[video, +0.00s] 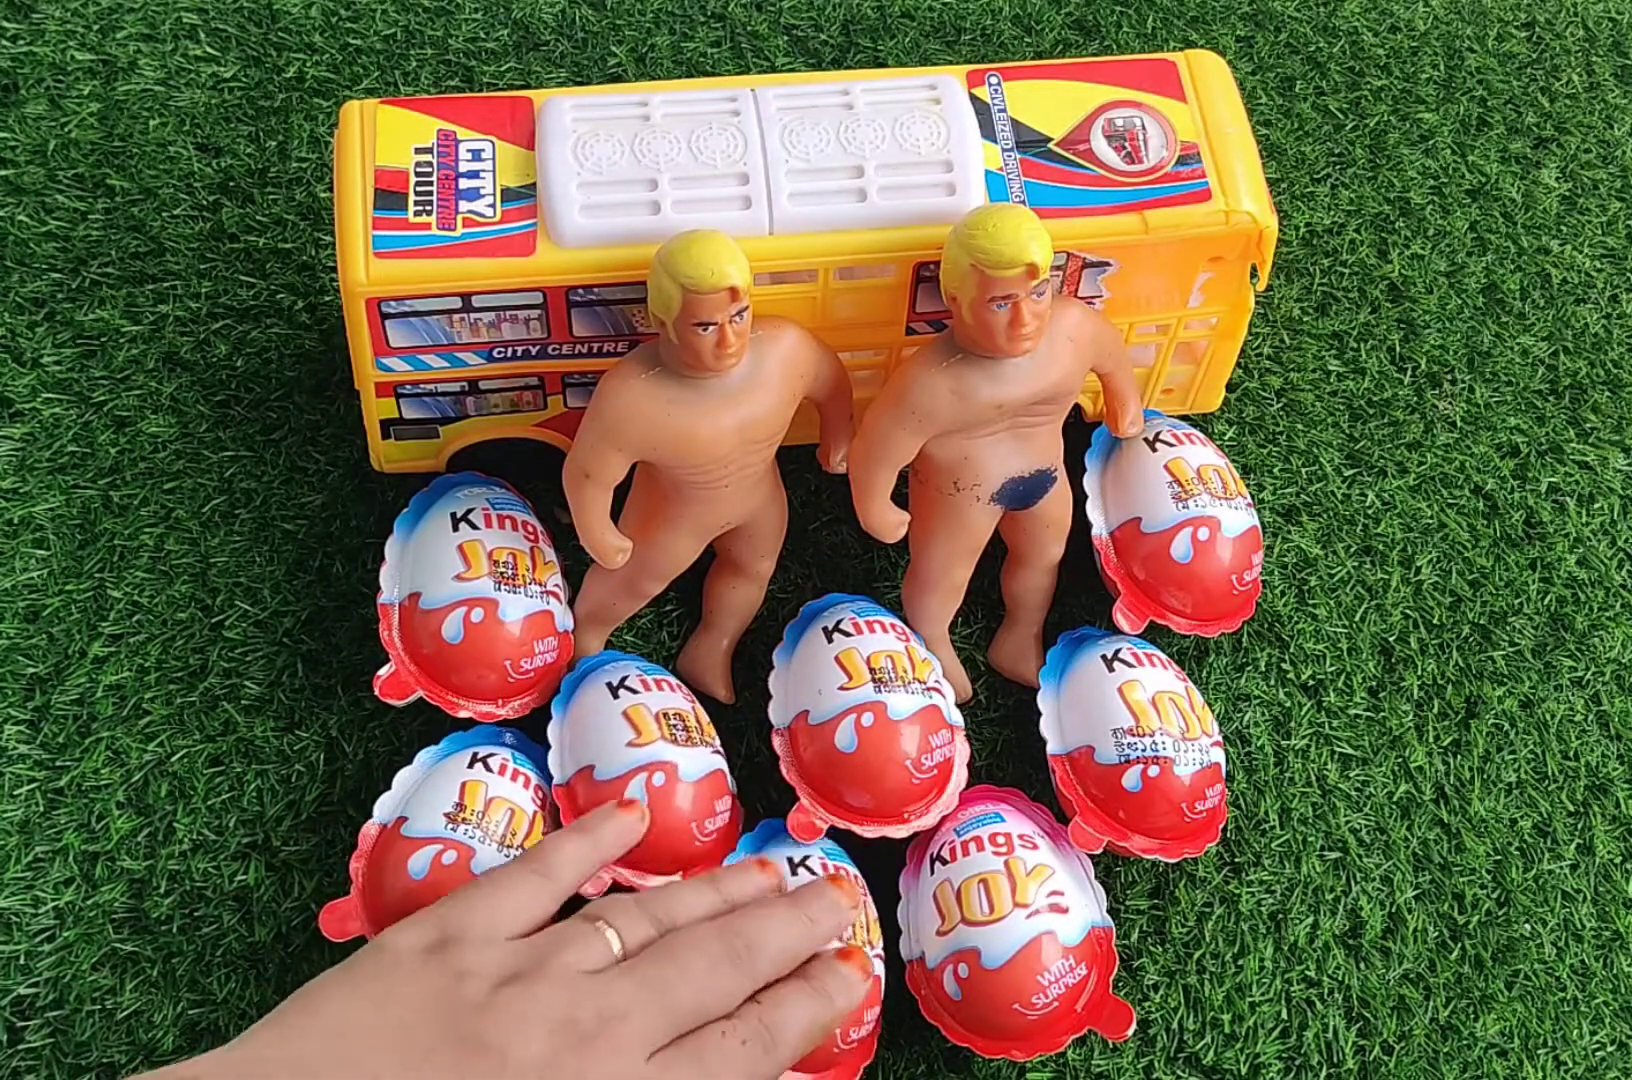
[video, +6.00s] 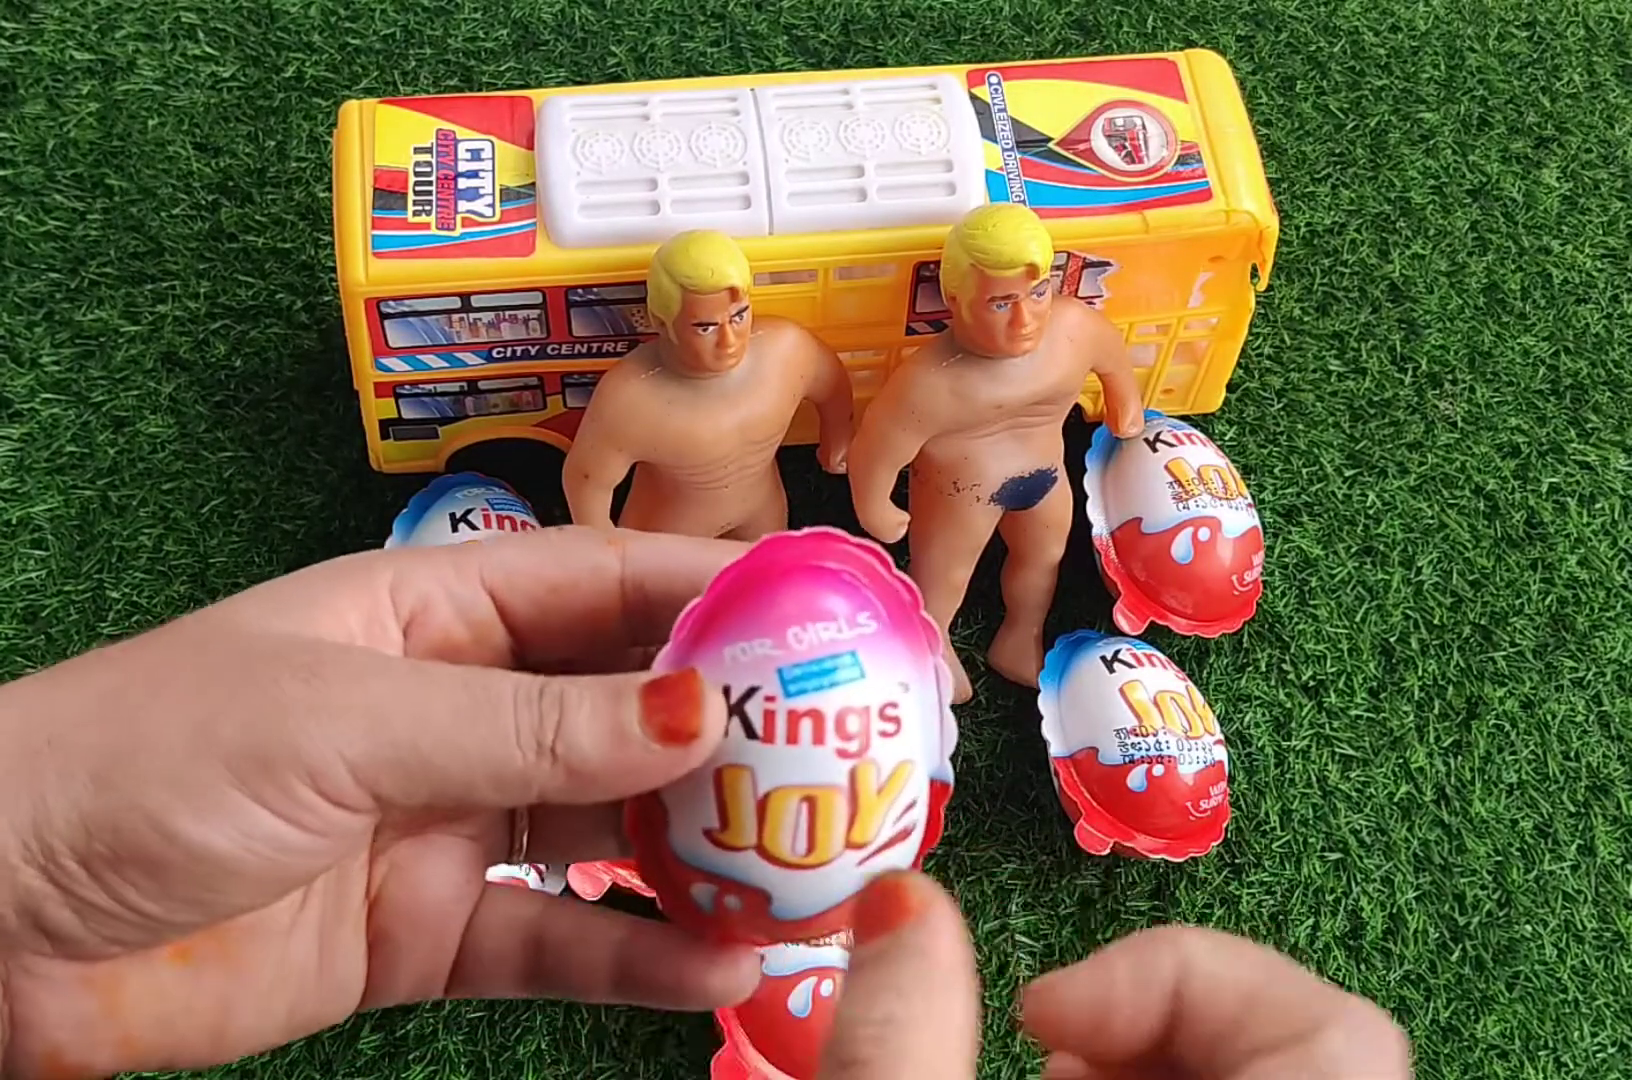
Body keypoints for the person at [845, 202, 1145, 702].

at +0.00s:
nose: (1023, 317)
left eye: (1036, 294)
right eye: (999, 302)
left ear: (1051, 284)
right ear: (953, 304)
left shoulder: (1078, 326)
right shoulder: (928, 383)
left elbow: (1113, 358)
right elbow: (873, 452)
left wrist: (1126, 403)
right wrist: (877, 514)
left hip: (1045, 478)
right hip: (959, 493)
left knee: (1041, 561)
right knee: (941, 579)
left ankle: (1020, 642)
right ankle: (933, 646)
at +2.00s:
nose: (1023, 316)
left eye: (1036, 294)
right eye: (999, 302)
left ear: (1050, 284)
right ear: (953, 304)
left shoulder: (1079, 327)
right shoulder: (927, 382)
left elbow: (1113, 360)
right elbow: (874, 453)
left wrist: (1126, 408)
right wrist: (877, 514)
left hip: (1045, 475)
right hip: (959, 489)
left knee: (1041, 559)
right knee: (942, 575)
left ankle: (1021, 641)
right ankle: (930, 641)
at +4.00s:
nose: (1025, 318)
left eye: (1037, 294)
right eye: (1000, 303)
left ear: (1052, 284)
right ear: (952, 303)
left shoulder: (1079, 327)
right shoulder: (927, 382)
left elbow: (1116, 364)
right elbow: (870, 466)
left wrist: (1127, 412)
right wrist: (886, 548)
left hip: (1044, 477)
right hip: (959, 489)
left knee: (1040, 563)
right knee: (947, 571)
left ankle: (1023, 645)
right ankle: (936, 649)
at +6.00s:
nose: (1024, 317)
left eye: (1036, 295)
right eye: (1000, 303)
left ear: (1050, 283)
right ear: (953, 302)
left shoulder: (1077, 327)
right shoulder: (926, 383)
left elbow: (1114, 360)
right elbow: (874, 452)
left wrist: (1126, 409)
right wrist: (876, 512)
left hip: (1045, 477)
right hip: (959, 492)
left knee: (1041, 561)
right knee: (943, 580)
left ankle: (1020, 643)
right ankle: (931, 650)